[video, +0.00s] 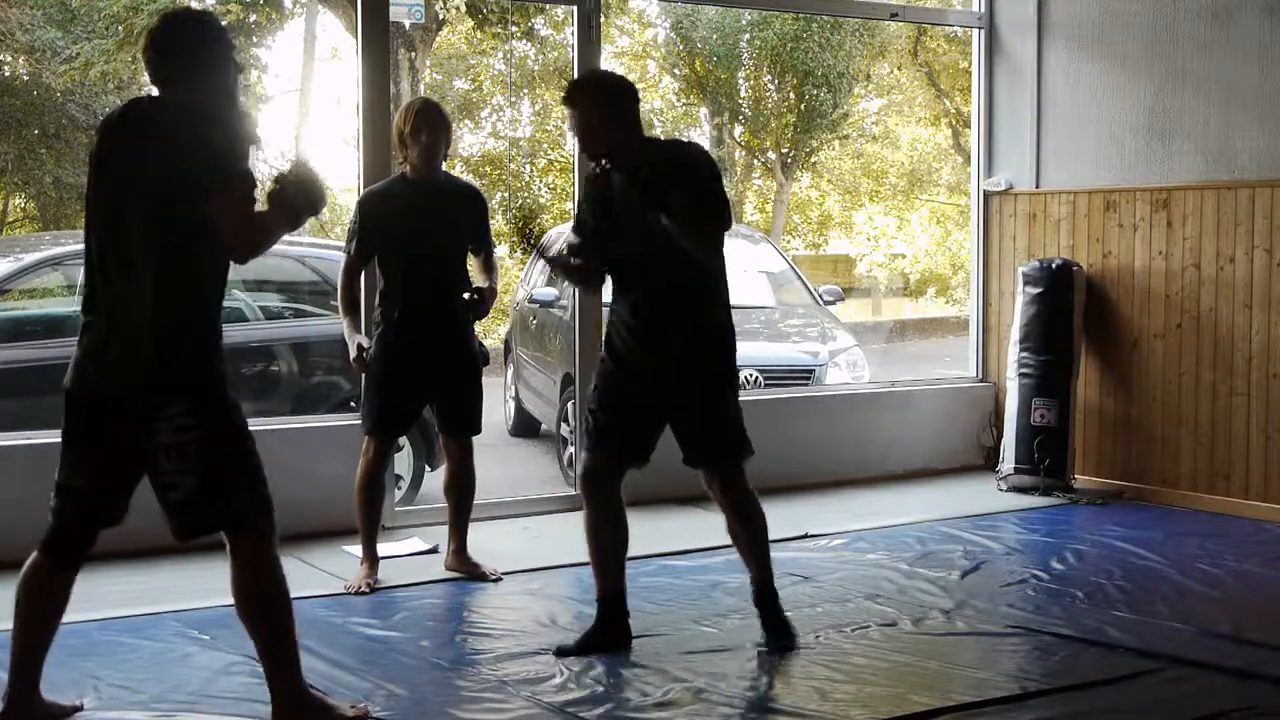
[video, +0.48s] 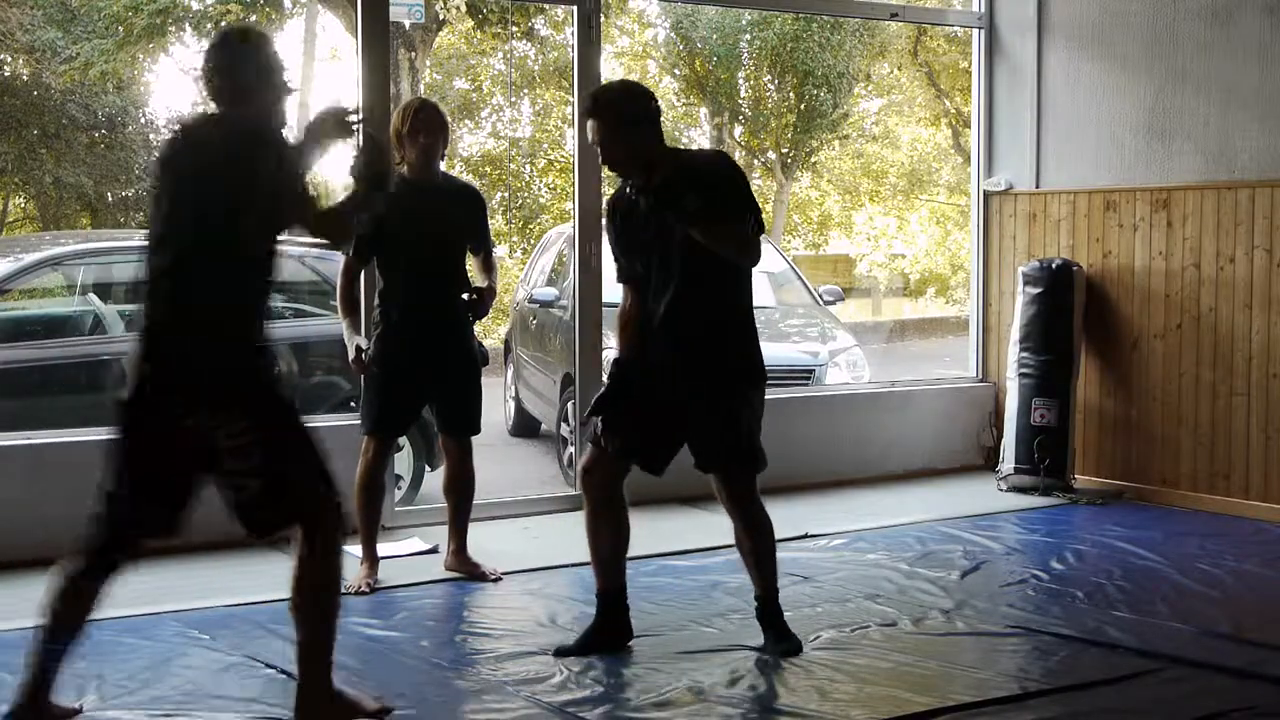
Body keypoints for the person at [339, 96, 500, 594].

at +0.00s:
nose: (430, 140)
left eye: (437, 131)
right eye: (420, 132)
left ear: (448, 137)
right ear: (404, 139)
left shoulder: (467, 198)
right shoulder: (376, 201)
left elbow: (485, 259)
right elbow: (350, 275)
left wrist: (489, 291)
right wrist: (353, 336)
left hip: (453, 337)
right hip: (394, 339)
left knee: (459, 446)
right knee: (377, 447)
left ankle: (457, 551)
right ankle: (368, 561)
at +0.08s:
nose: (430, 141)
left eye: (437, 131)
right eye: (420, 132)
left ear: (448, 137)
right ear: (404, 139)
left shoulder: (467, 198)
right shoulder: (376, 202)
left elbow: (485, 259)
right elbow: (350, 275)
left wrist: (489, 291)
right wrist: (353, 337)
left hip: (453, 337)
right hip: (394, 339)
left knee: (459, 445)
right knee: (377, 447)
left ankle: (457, 551)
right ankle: (368, 561)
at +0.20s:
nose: (430, 141)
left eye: (436, 132)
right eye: (420, 133)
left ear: (447, 138)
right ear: (402, 139)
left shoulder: (466, 198)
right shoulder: (375, 202)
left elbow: (485, 258)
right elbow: (350, 276)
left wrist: (488, 291)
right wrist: (353, 337)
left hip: (452, 337)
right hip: (394, 339)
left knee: (458, 445)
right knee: (377, 447)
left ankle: (457, 551)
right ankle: (368, 561)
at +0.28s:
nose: (430, 141)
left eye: (437, 132)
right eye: (420, 133)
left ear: (447, 137)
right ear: (403, 139)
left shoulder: (466, 198)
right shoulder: (375, 202)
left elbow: (485, 258)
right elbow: (350, 276)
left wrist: (488, 291)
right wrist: (353, 338)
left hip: (452, 337)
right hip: (394, 339)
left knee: (458, 445)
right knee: (376, 447)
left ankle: (457, 551)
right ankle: (368, 561)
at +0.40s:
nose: (428, 140)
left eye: (435, 131)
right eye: (418, 132)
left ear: (446, 138)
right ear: (401, 140)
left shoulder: (466, 197)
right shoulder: (377, 200)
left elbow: (485, 259)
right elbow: (349, 273)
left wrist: (488, 292)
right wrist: (352, 338)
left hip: (452, 336)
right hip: (393, 338)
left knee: (458, 445)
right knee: (376, 447)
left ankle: (457, 551)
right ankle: (368, 561)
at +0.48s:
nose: (426, 140)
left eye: (434, 132)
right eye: (417, 132)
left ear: (445, 138)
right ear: (400, 140)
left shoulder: (465, 197)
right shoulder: (378, 197)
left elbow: (485, 259)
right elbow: (349, 273)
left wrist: (488, 292)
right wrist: (352, 338)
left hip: (451, 336)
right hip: (393, 337)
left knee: (458, 445)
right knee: (376, 447)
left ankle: (457, 551)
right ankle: (368, 561)